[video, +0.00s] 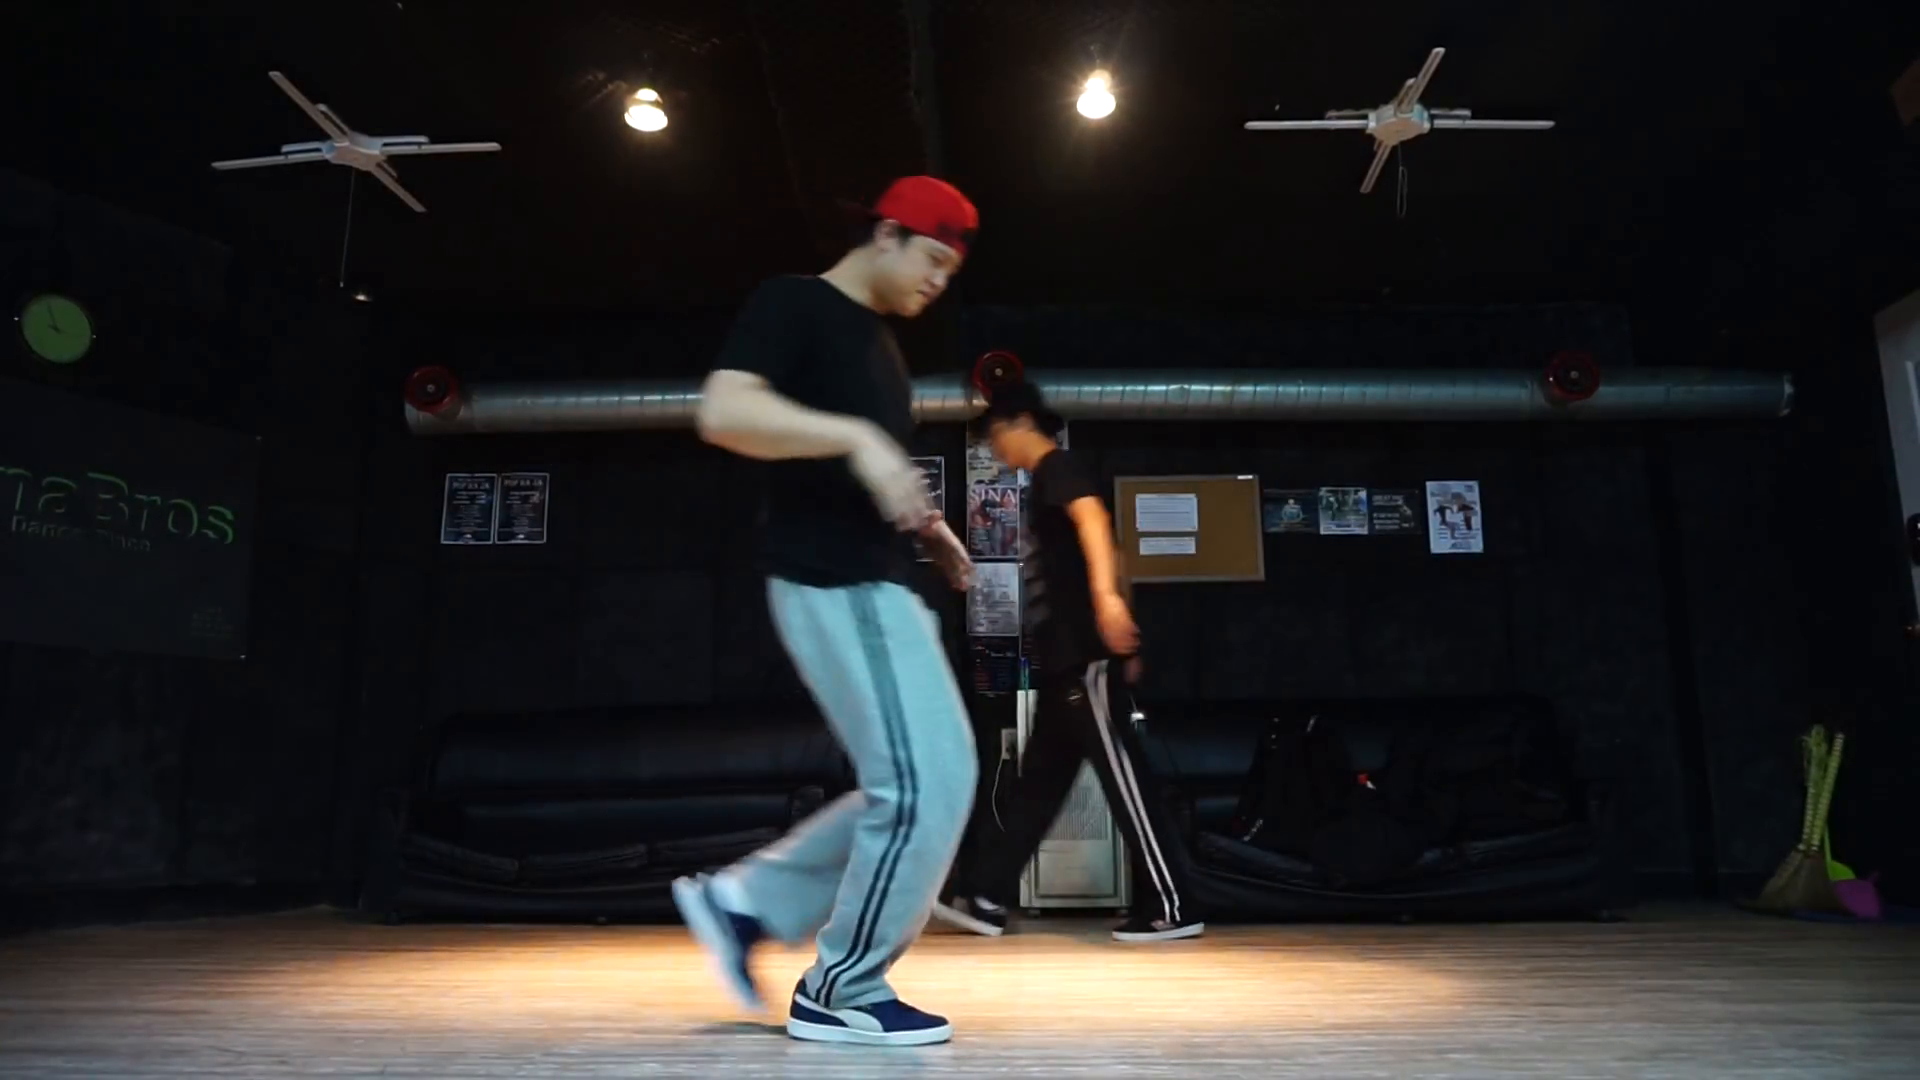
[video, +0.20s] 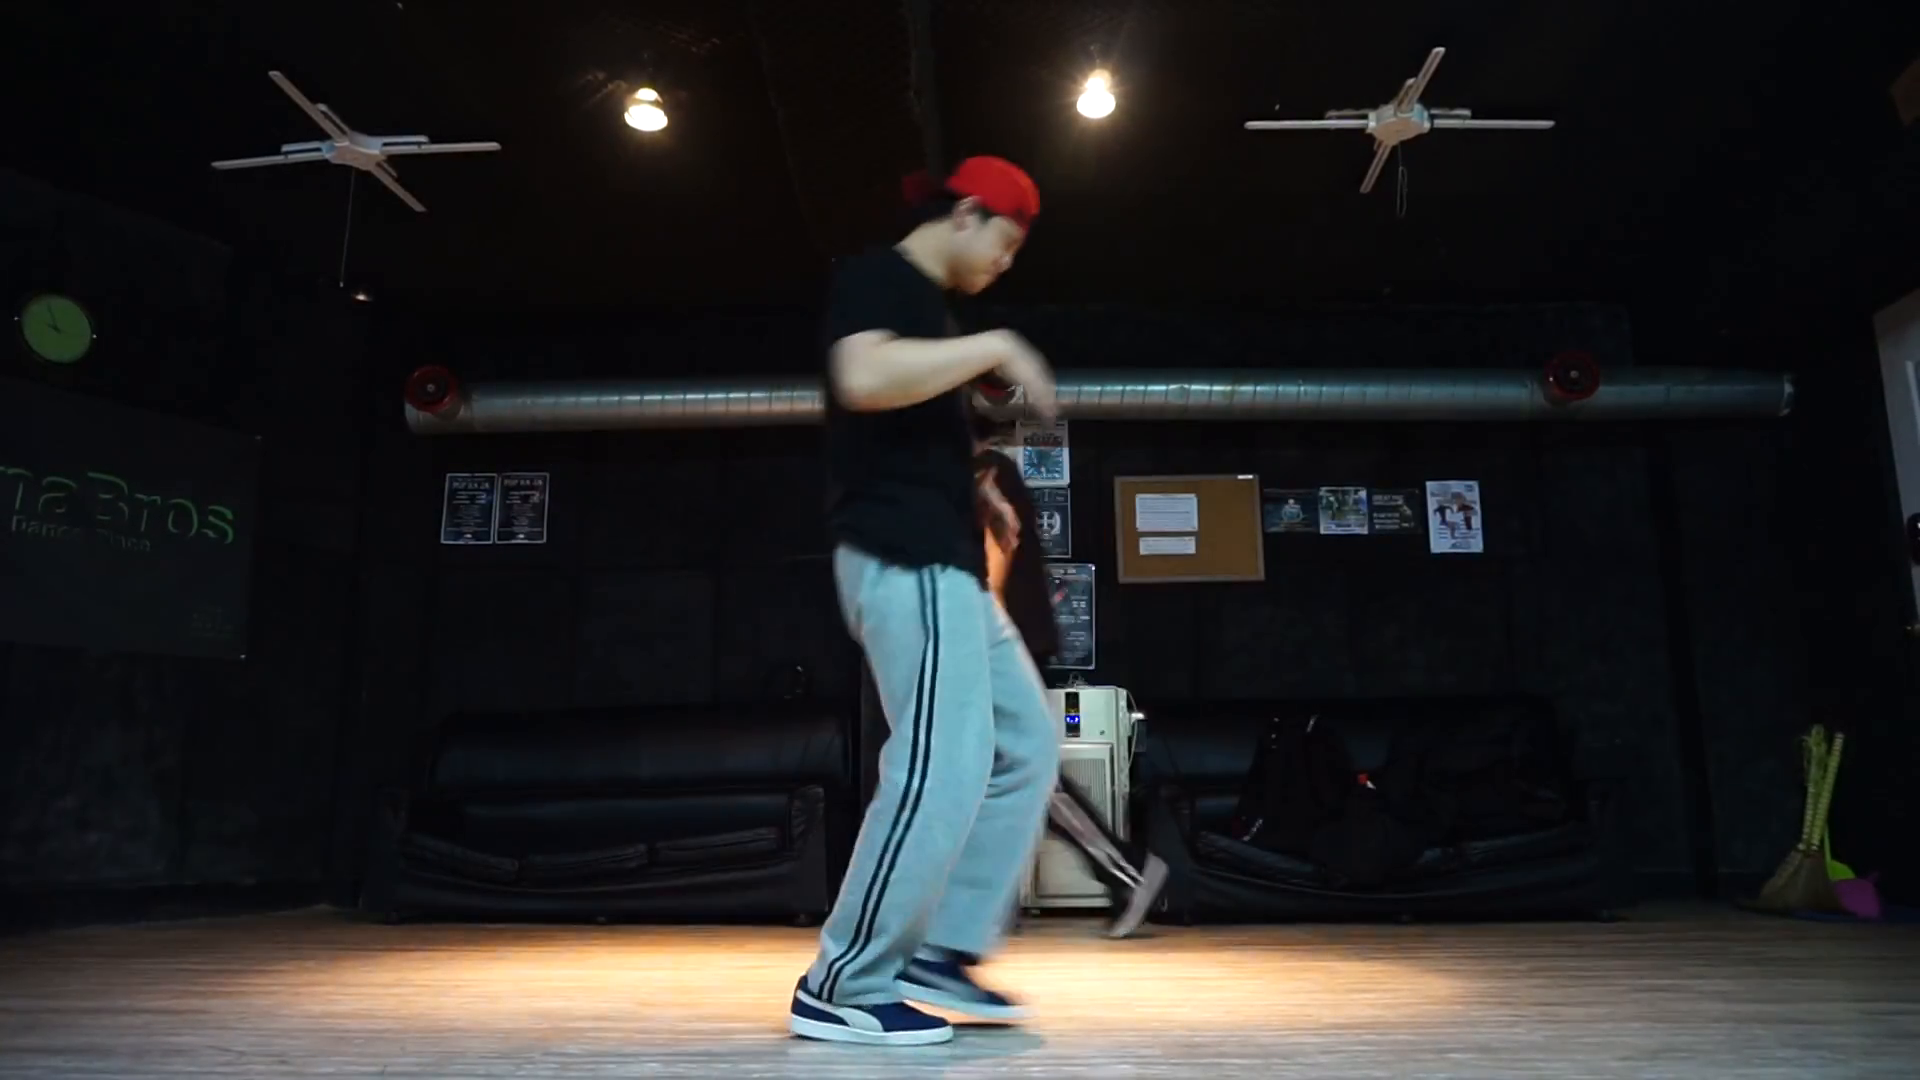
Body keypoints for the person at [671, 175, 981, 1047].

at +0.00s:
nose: (938, 280)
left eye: (948, 268)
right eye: (930, 258)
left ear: (939, 269)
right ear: (884, 234)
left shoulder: (875, 341)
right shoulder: (795, 305)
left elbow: (871, 461)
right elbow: (723, 410)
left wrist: (925, 524)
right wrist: (858, 436)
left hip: (875, 585)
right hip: (834, 587)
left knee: (914, 787)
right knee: (927, 782)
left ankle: (740, 901)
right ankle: (843, 989)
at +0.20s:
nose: (1006, 266)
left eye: (1013, 251)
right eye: (1005, 244)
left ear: (973, 223)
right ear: (966, 215)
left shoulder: (931, 310)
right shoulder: (876, 277)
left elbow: (923, 444)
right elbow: (861, 375)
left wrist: (975, 484)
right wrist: (992, 350)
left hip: (948, 570)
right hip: (903, 567)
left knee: (1026, 748)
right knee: (937, 771)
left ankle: (936, 958)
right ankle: (841, 985)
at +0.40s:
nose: (1077, 264)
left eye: (1079, 248)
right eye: (1076, 242)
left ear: (1013, 215)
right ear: (1053, 220)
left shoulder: (963, 279)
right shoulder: (997, 260)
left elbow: (902, 430)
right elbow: (1012, 359)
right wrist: (1122, 374)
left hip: (981, 556)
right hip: (974, 556)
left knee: (1066, 754)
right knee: (944, 765)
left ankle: (1109, 968)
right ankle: (844, 980)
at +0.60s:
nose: (1128, 298)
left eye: (1123, 287)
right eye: (1125, 286)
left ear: (1048, 273)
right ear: (1109, 275)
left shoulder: (991, 338)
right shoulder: (1098, 297)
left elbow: (956, 480)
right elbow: (1119, 401)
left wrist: (1053, 481)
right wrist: (1184, 479)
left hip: (1006, 583)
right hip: (1068, 578)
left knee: (1108, 777)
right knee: (1131, 778)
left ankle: (1118, 973)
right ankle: (932, 914)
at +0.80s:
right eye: (1151, 279)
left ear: (1076, 286)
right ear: (1147, 280)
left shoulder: (1031, 351)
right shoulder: (1163, 310)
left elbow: (1006, 485)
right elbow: (1203, 410)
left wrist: (1077, 467)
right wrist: (1192, 493)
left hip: (1055, 582)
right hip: (1142, 565)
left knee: (1129, 777)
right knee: (1233, 749)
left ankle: (1112, 972)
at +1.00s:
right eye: (1186, 264)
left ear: (1119, 275)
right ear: (1192, 267)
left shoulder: (1078, 339)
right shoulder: (1215, 300)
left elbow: (1047, 461)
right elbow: (1267, 381)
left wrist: (1120, 461)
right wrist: (1241, 457)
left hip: (1103, 555)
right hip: (1199, 542)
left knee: (1124, 757)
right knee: (1250, 751)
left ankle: (1114, 958)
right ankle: (1296, 944)